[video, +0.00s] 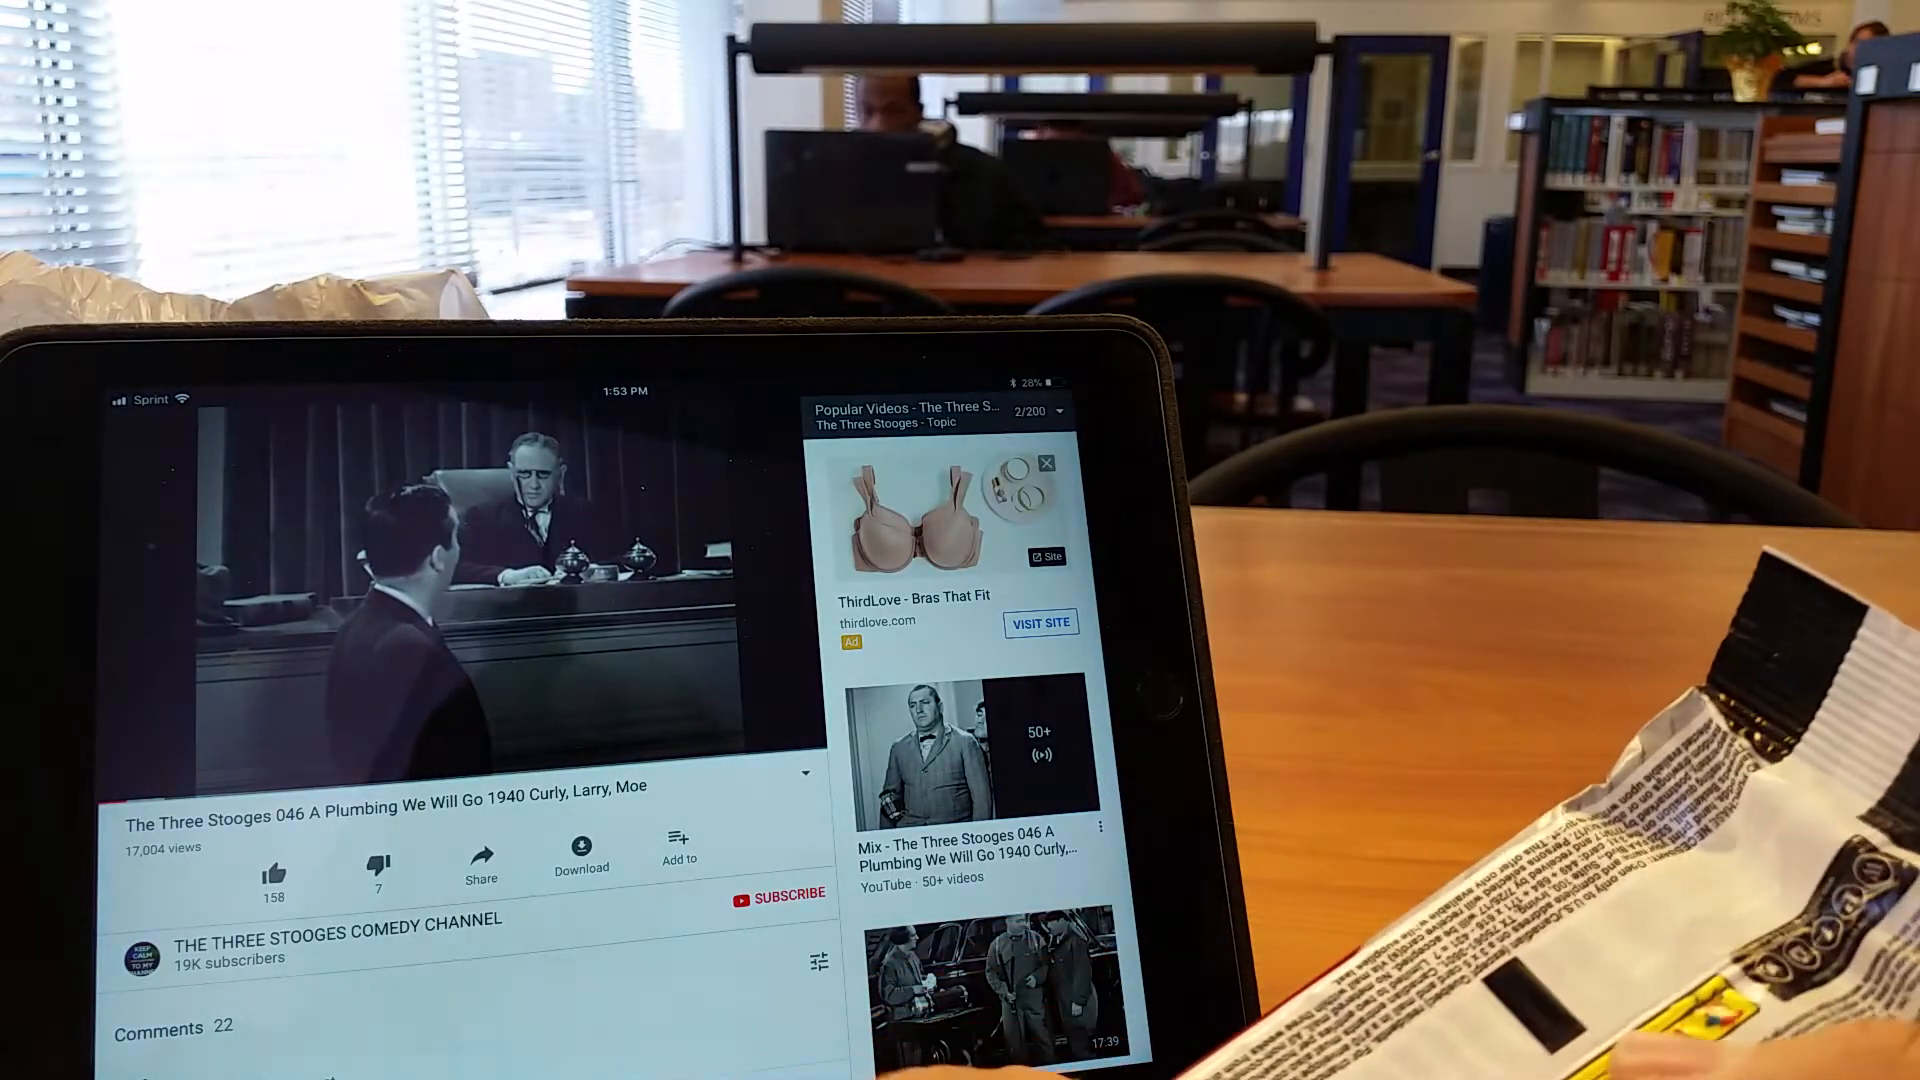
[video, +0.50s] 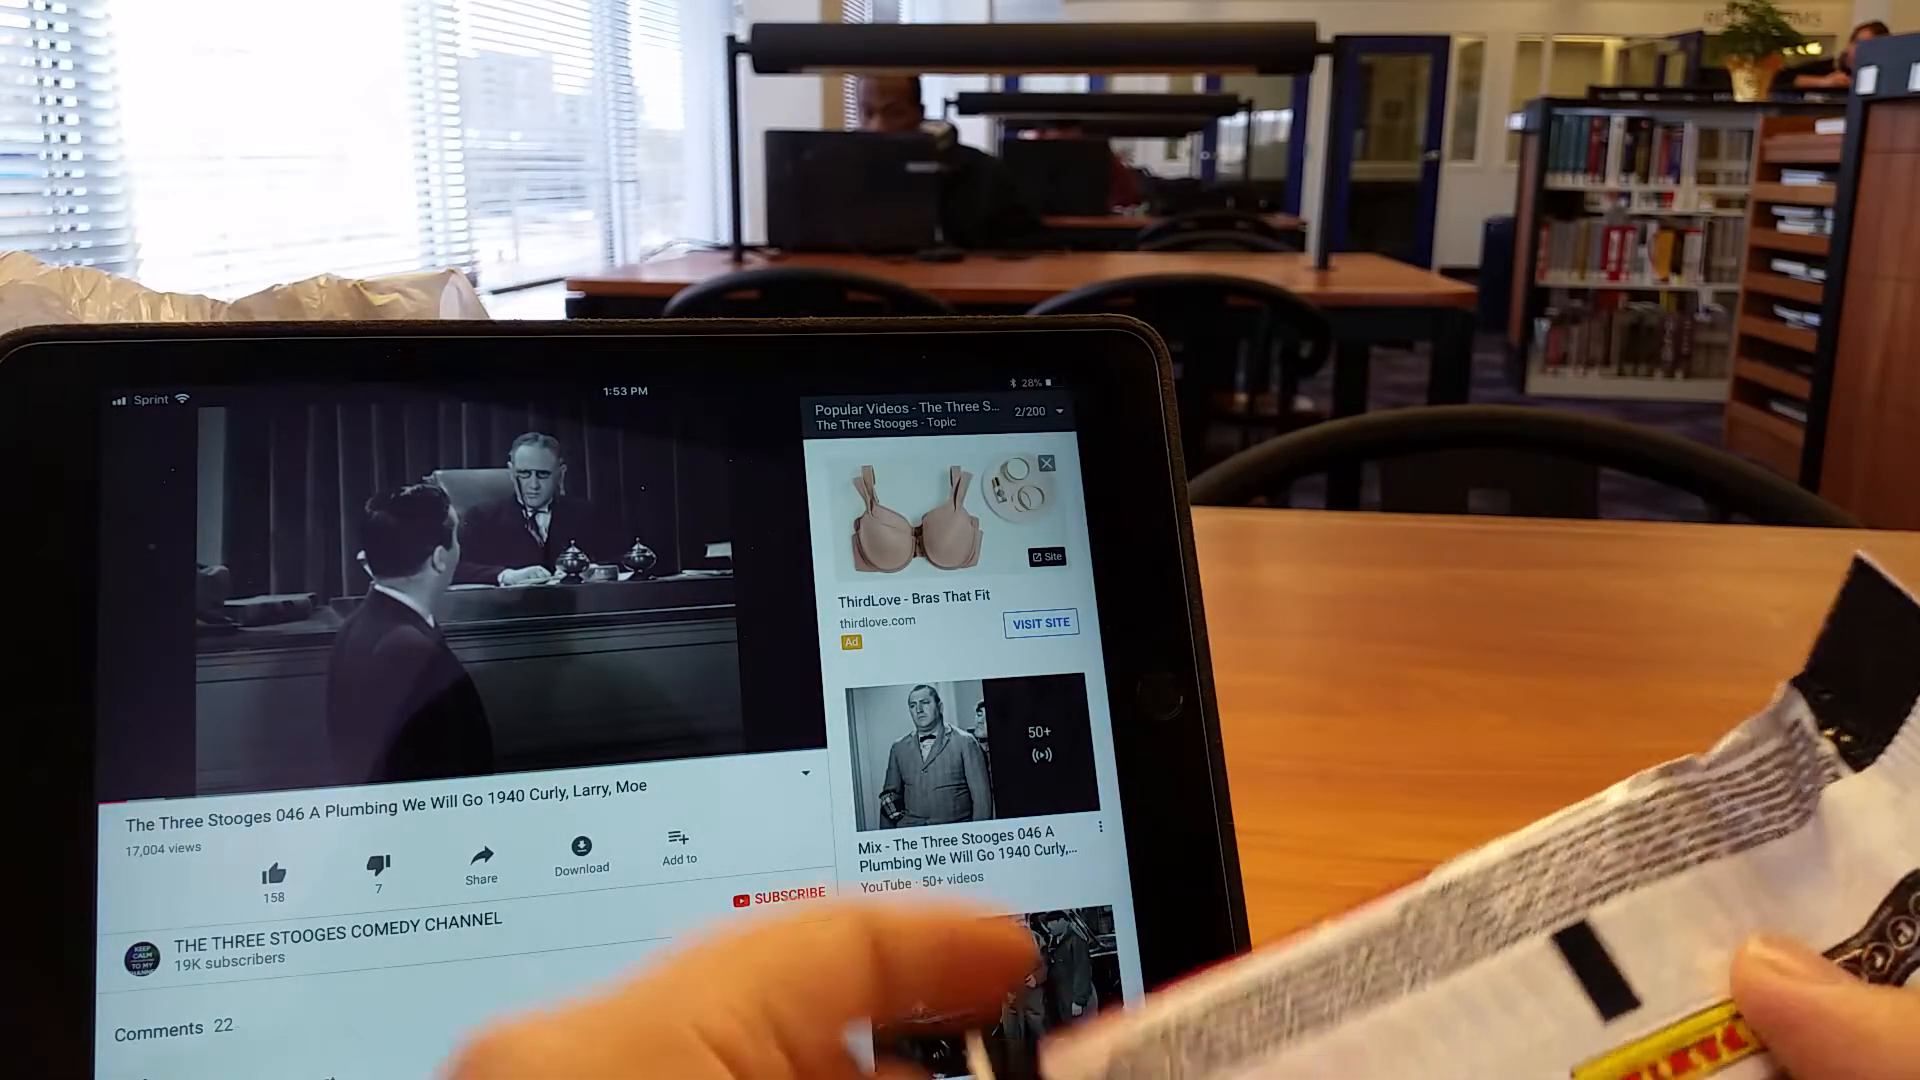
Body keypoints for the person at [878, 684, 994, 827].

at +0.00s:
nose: (919, 709)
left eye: (925, 703)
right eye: (913, 705)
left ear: (939, 706)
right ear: (909, 711)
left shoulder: (964, 742)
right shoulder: (899, 749)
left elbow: (981, 795)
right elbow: (891, 795)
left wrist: (979, 835)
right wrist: (886, 840)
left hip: (956, 831)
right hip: (910, 836)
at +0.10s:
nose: (919, 709)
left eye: (925, 703)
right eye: (913, 705)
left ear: (940, 707)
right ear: (909, 711)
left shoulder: (964, 742)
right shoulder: (899, 749)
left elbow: (981, 795)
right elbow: (891, 795)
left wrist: (979, 835)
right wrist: (886, 840)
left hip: (956, 831)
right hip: (910, 835)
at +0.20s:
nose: (919, 709)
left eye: (925, 703)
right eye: (913, 705)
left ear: (940, 707)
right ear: (909, 711)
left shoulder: (964, 742)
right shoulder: (899, 749)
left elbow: (981, 795)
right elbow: (891, 795)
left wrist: (979, 834)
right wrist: (886, 840)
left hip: (956, 831)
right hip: (910, 835)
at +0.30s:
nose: (919, 709)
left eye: (925, 703)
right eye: (913, 705)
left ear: (939, 707)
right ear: (909, 711)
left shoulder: (964, 742)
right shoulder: (899, 748)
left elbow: (981, 795)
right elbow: (890, 795)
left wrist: (979, 835)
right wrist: (886, 840)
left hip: (955, 832)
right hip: (910, 836)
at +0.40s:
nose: (919, 709)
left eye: (925, 703)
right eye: (913, 705)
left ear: (939, 707)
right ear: (909, 711)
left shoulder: (964, 742)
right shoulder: (899, 748)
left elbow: (981, 795)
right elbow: (890, 795)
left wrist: (979, 835)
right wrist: (886, 840)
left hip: (955, 832)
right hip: (910, 836)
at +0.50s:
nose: (919, 710)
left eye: (925, 703)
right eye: (913, 705)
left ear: (939, 707)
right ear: (909, 711)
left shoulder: (964, 742)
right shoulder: (899, 748)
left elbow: (981, 795)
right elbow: (890, 795)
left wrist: (979, 835)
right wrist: (886, 840)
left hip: (956, 831)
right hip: (910, 836)